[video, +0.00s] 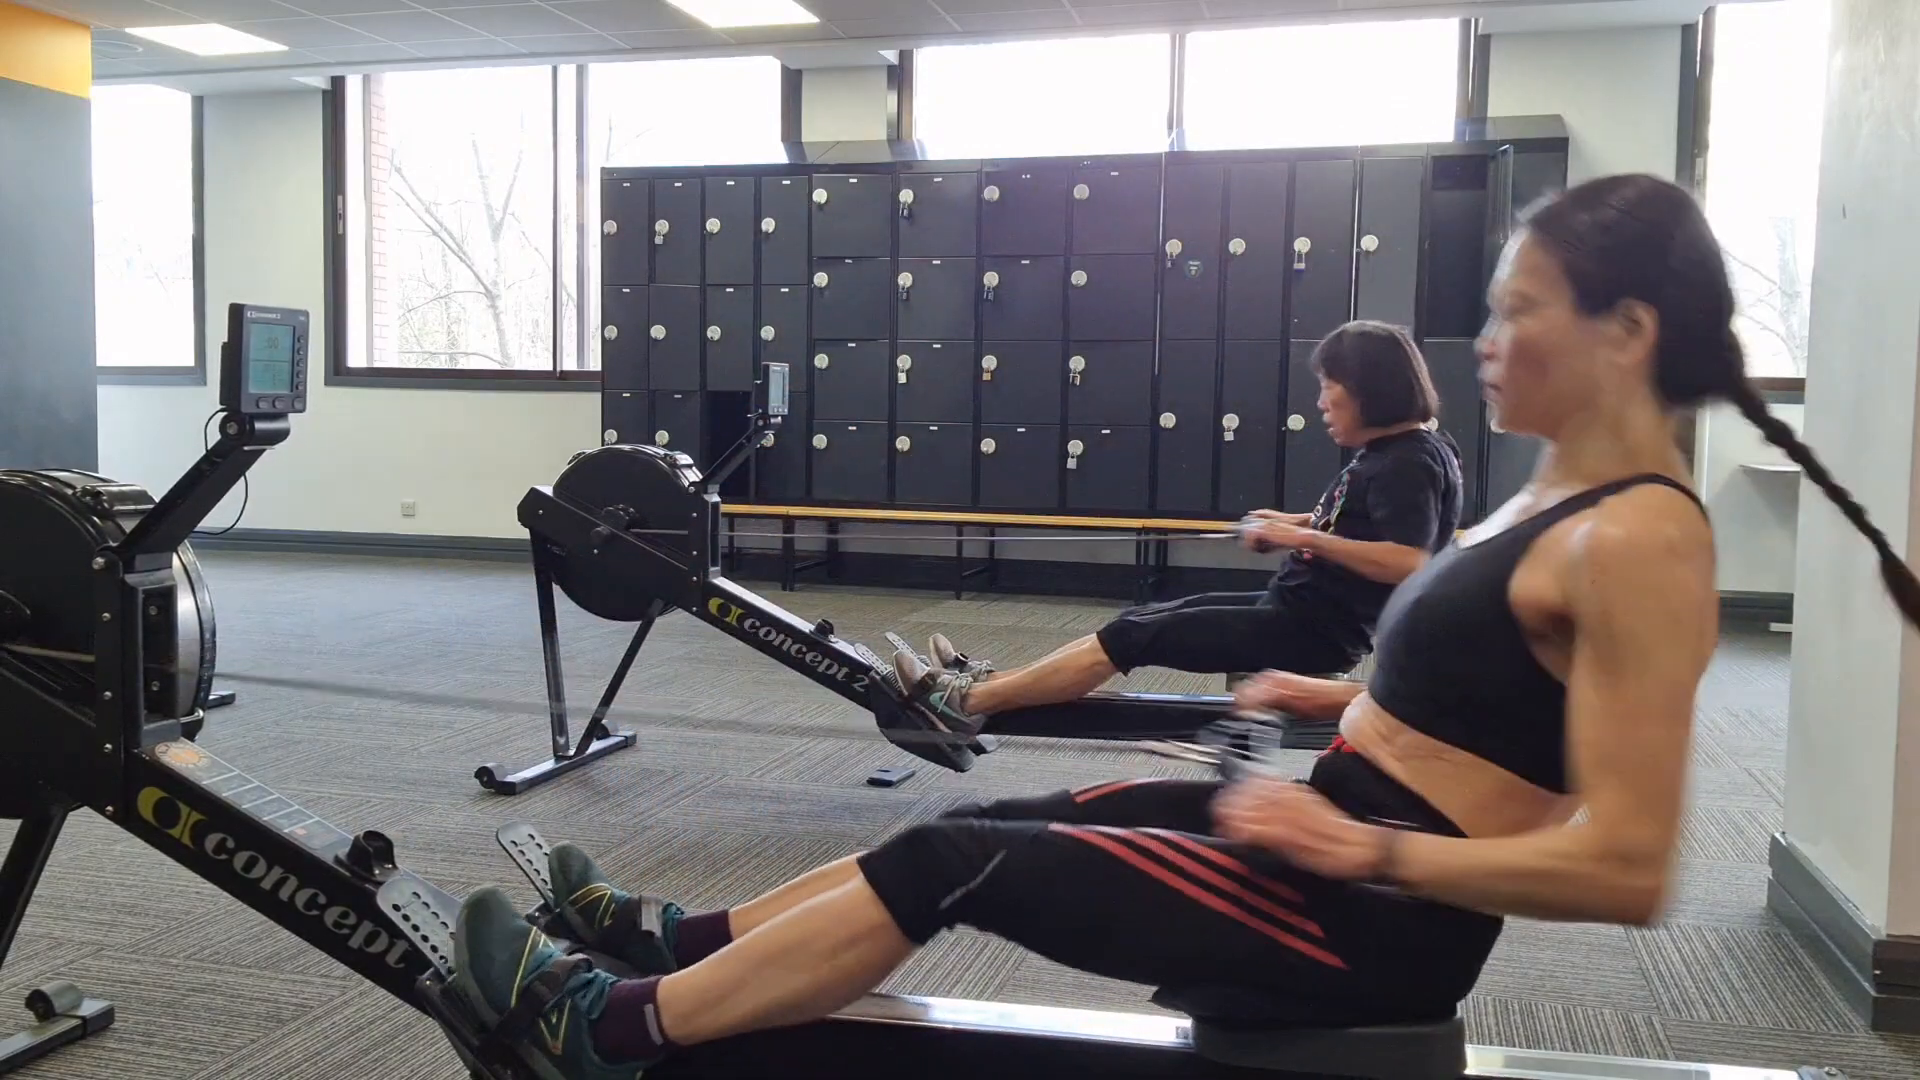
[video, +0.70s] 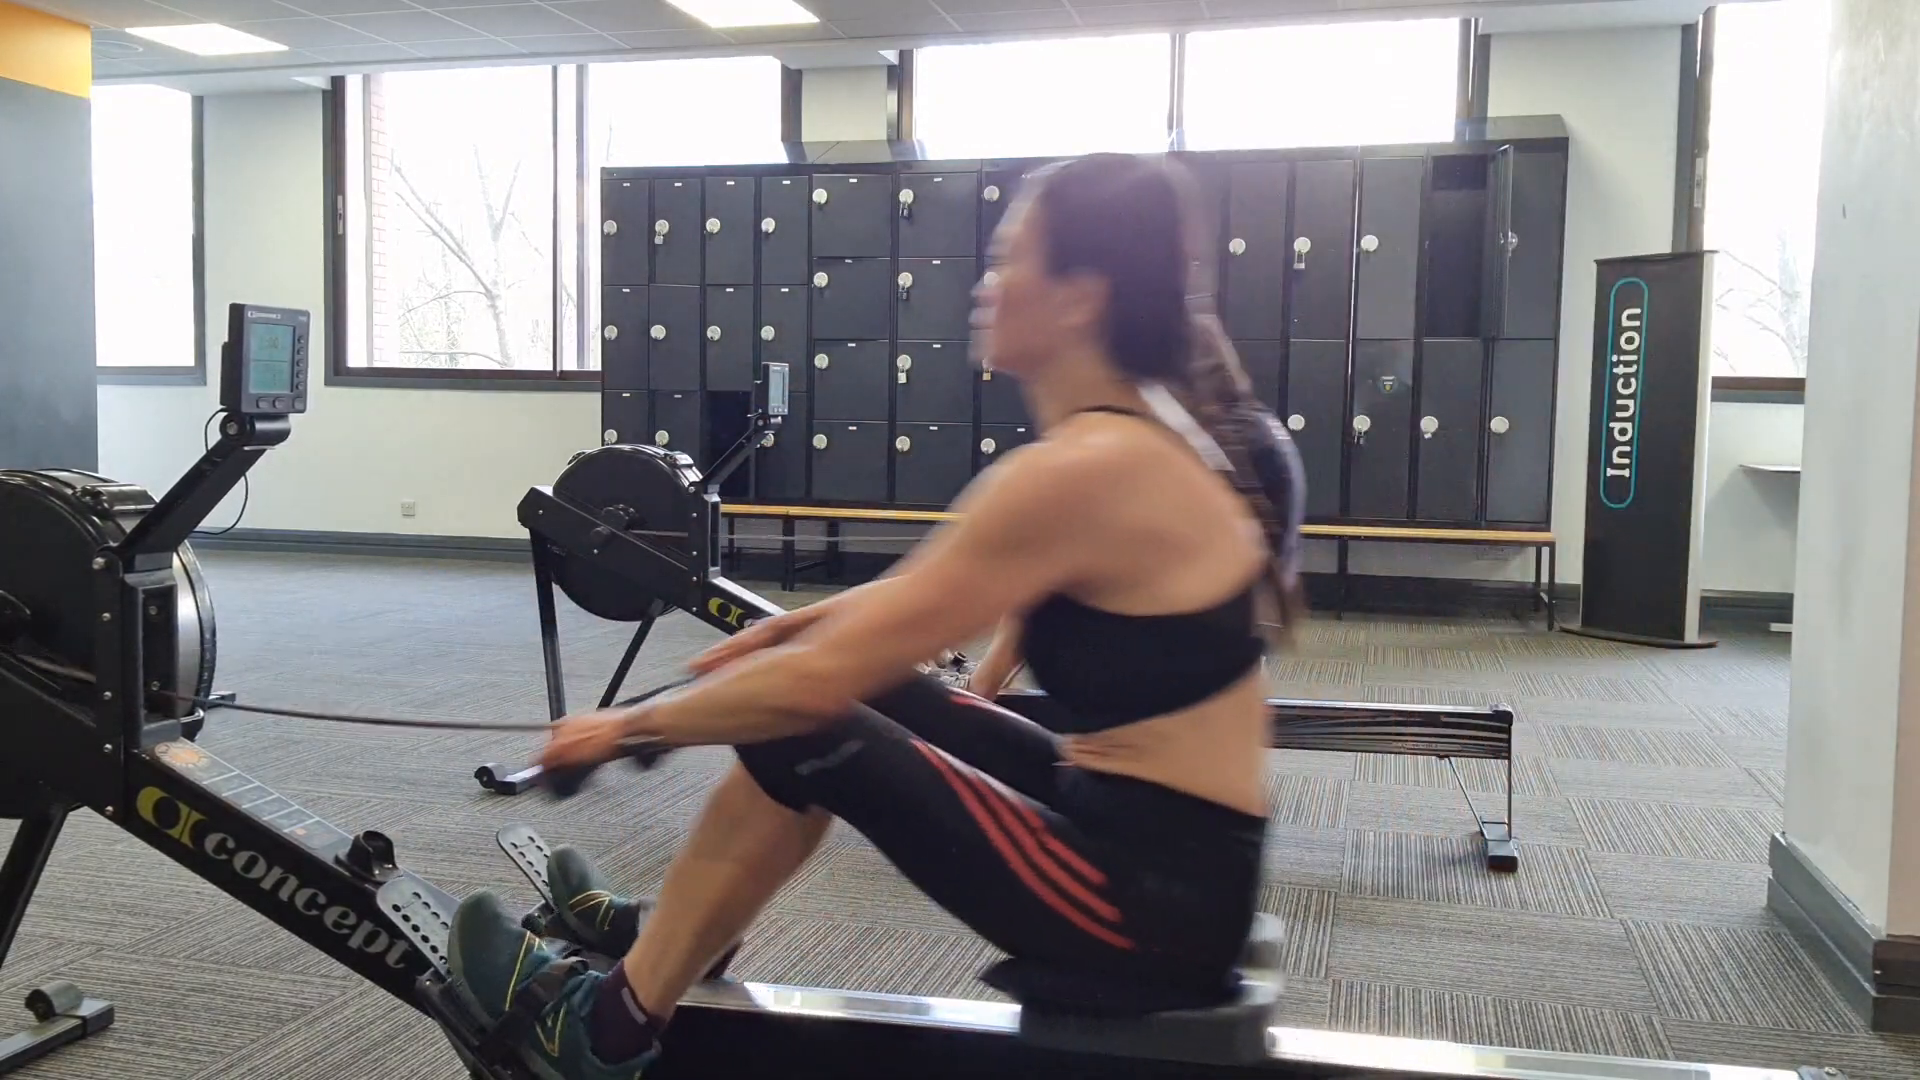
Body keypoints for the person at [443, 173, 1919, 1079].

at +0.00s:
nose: (1489, 342)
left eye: (1519, 312)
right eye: (1495, 313)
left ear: (1628, 331)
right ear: (1600, 330)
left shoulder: (1640, 538)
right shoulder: (1559, 498)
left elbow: (1631, 860)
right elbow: (1499, 736)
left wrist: (1367, 848)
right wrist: (1341, 717)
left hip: (1371, 923)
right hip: (1331, 845)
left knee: (952, 859)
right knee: (960, 823)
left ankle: (625, 1025)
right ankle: (687, 964)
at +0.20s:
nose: (1402, 303)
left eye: (1428, 275)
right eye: (1407, 276)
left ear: (1533, 299)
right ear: (1492, 308)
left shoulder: (1553, 504)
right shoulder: (1479, 476)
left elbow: (1531, 822)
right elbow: (1454, 739)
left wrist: (1279, 772)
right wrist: (1324, 722)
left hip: (1364, 917)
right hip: (1331, 854)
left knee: (955, 837)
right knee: (963, 801)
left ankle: (620, 1036)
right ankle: (699, 951)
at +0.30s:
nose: (1330, 293)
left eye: (1359, 263)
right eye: (1336, 263)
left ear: (1457, 284)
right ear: (1429, 284)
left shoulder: (1483, 487)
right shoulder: (1423, 468)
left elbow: (1377, 784)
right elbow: (1352, 713)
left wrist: (1130, 725)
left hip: (1344, 917)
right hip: (1308, 860)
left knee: (933, 822)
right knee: (958, 780)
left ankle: (639, 1034)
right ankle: (695, 956)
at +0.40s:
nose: (1244, 285)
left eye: (1272, 255)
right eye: (1250, 257)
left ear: (1369, 279)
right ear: (1344, 281)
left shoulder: (1386, 470)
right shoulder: (1370, 456)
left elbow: (1213, 753)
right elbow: (1244, 668)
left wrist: (990, 688)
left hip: (1306, 913)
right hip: (1282, 869)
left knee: (921, 801)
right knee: (939, 755)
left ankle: (642, 1028)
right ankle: (698, 965)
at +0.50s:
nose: (1155, 283)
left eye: (1182, 255)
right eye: (1164, 254)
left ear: (1272, 280)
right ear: (1265, 283)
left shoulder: (1277, 469)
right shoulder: (1284, 443)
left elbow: (1066, 713)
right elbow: (1172, 586)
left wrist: (857, 680)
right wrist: (992, 577)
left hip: (1266, 901)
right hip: (1257, 845)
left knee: (881, 781)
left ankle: (636, 1025)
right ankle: (695, 961)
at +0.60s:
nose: (1065, 285)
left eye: (1091, 261)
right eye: (1076, 258)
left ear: (1179, 288)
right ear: (1177, 293)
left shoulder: (1171, 472)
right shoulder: (1241, 439)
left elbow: (934, 698)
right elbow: (1071, 581)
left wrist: (737, 701)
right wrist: (879, 609)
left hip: (1198, 905)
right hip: (1221, 840)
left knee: (849, 753)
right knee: (871, 703)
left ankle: (630, 1019)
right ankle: (673, 953)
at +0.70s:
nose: (980, 285)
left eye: (1004, 261)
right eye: (990, 259)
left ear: (1083, 298)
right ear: (1084, 300)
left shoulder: (1072, 476)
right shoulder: (1142, 439)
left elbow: (811, 677)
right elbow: (959, 598)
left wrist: (627, 725)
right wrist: (808, 626)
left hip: (1141, 907)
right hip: (1160, 850)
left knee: (808, 725)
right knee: (828, 671)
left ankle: (623, 1013)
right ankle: (682, 947)